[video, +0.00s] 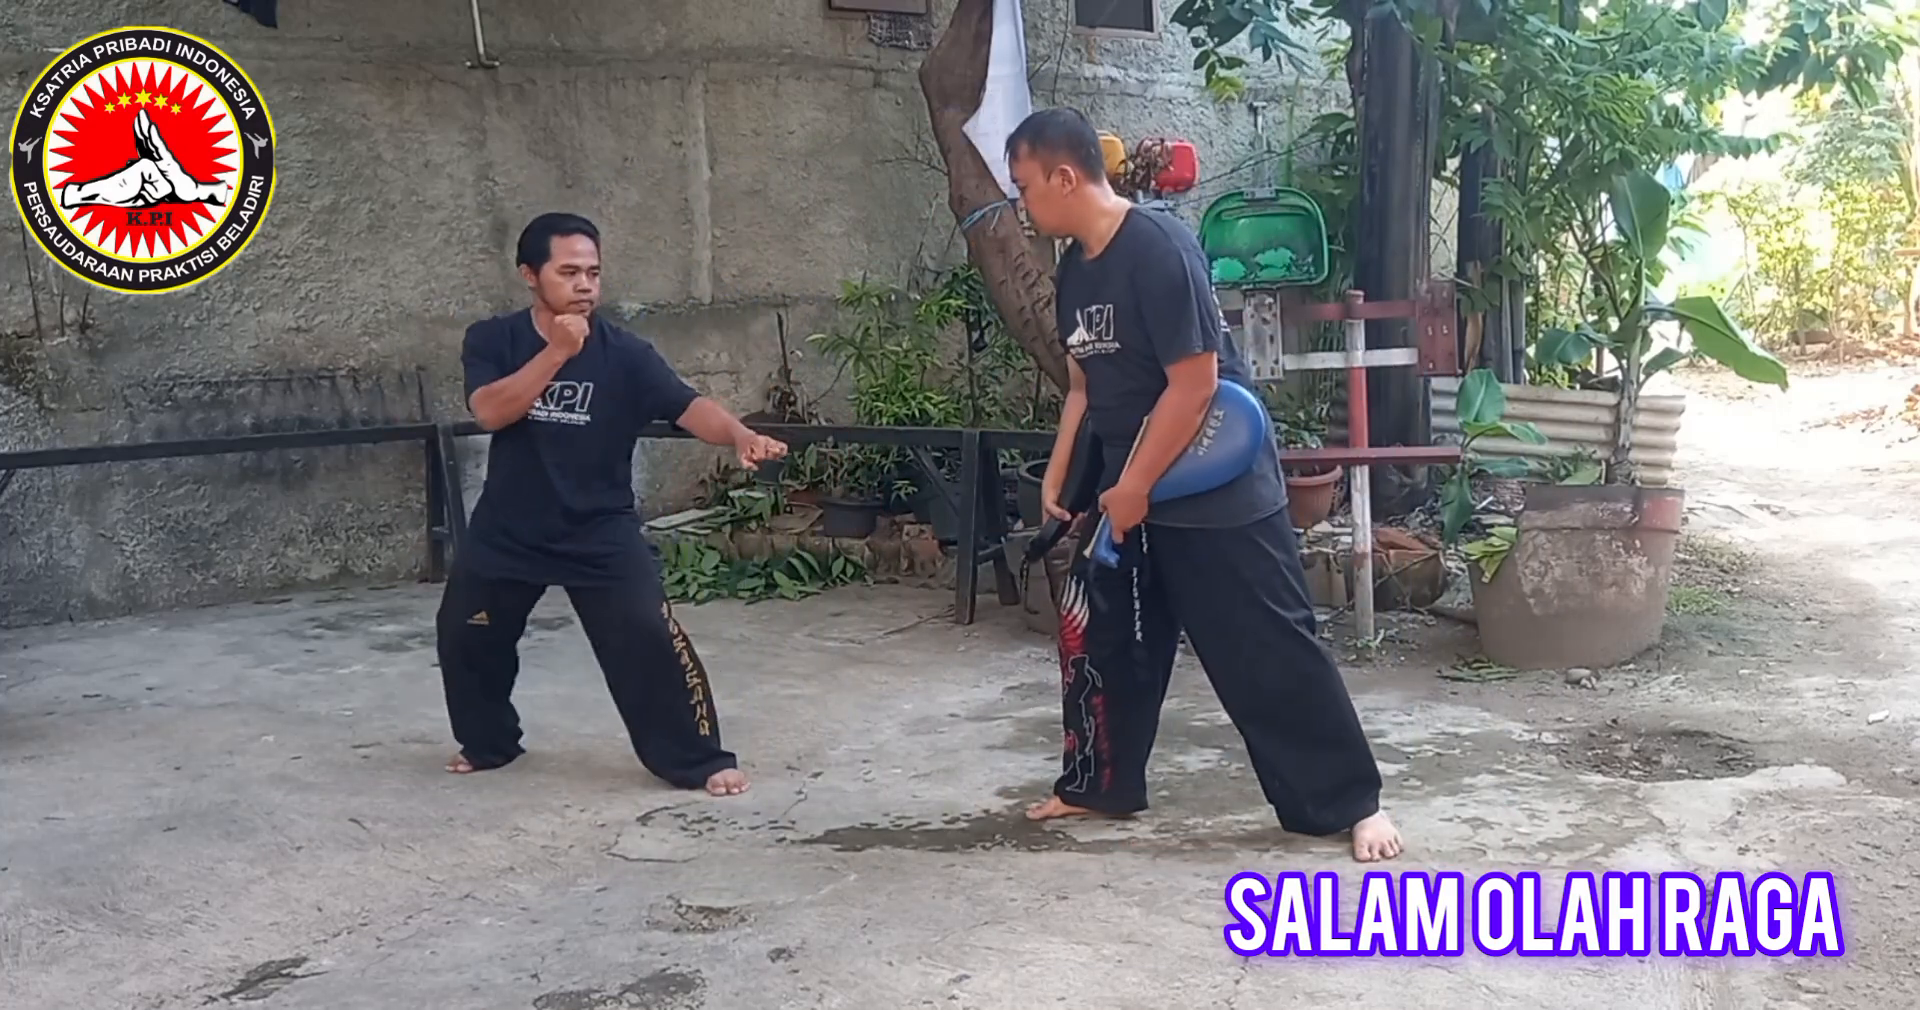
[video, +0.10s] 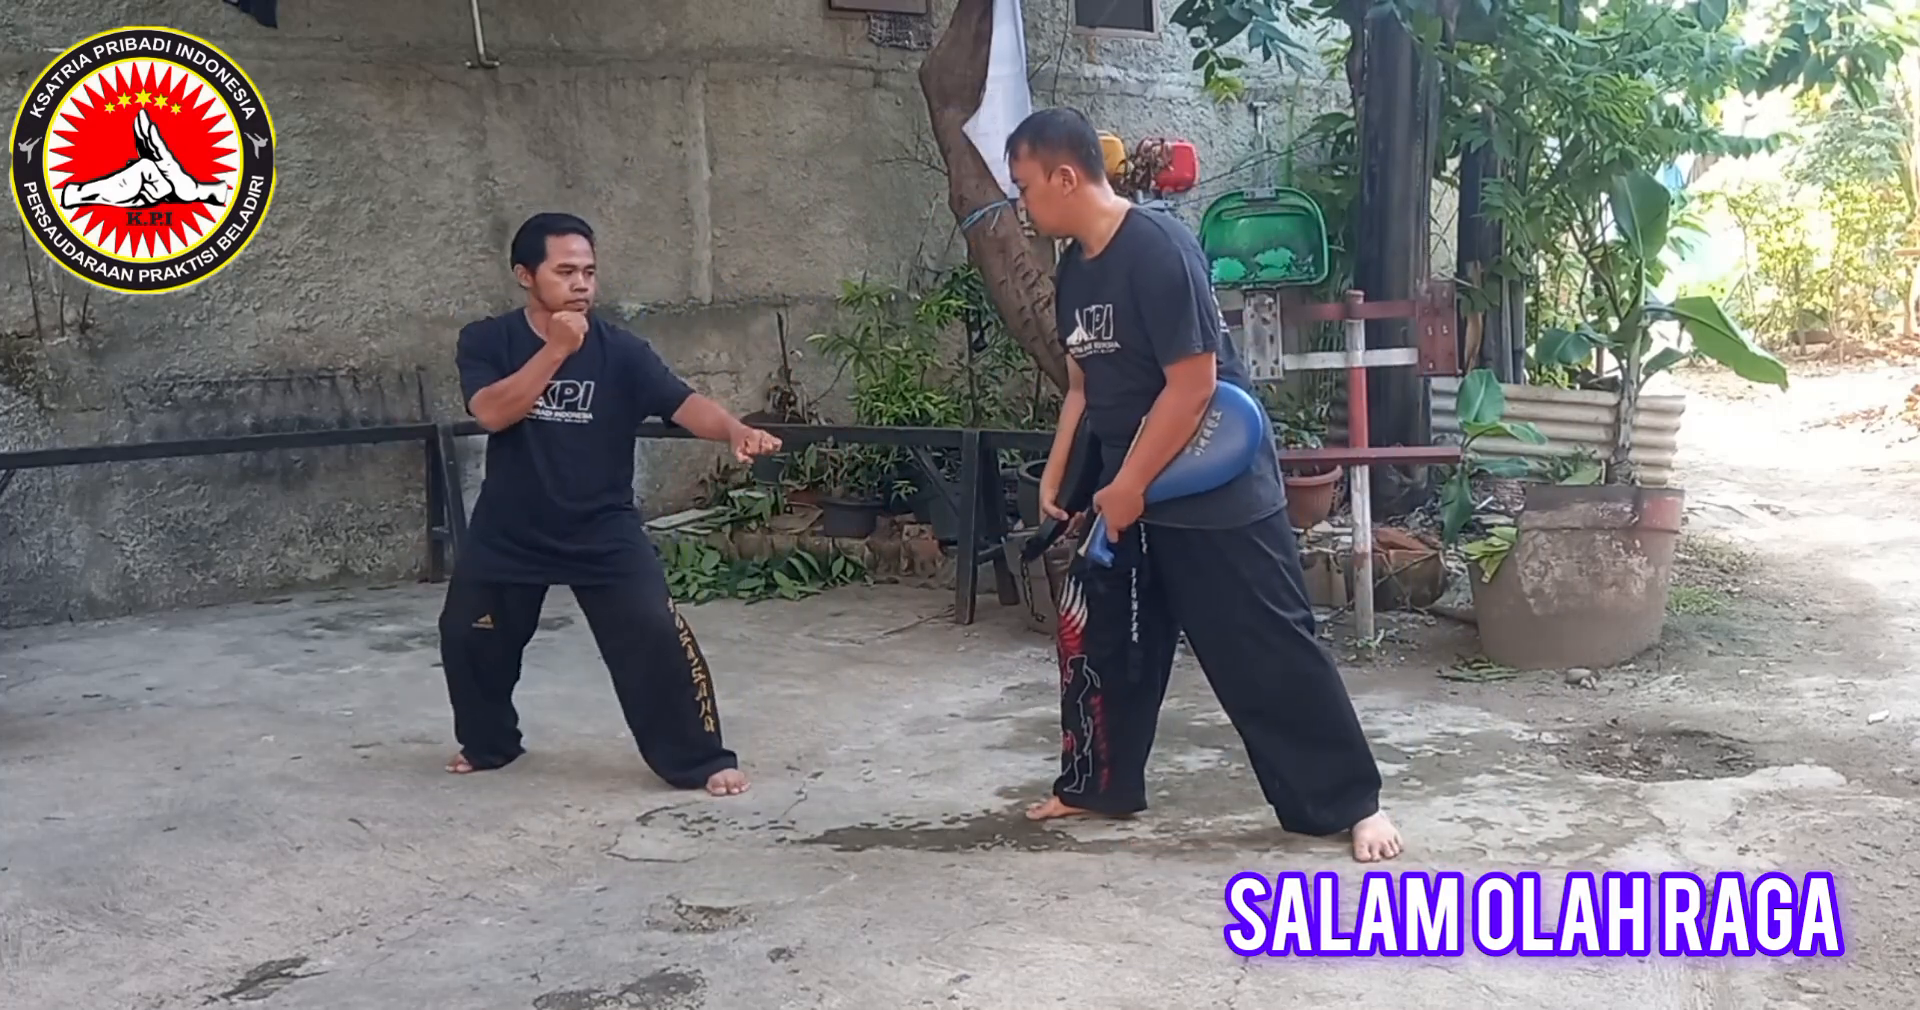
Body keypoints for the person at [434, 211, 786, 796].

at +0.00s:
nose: (585, 284)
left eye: (593, 272)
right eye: (570, 272)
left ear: (601, 276)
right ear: (532, 275)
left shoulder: (625, 353)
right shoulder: (493, 339)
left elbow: (687, 406)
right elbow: (489, 412)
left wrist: (738, 433)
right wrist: (558, 353)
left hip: (602, 531)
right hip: (510, 528)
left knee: (646, 634)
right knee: (465, 632)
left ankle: (700, 761)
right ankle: (488, 742)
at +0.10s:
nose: (581, 283)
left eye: (588, 271)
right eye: (566, 271)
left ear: (595, 275)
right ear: (526, 275)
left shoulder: (619, 350)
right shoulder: (487, 340)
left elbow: (682, 403)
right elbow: (490, 414)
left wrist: (733, 428)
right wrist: (558, 350)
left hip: (604, 528)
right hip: (511, 528)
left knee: (653, 634)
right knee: (468, 633)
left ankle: (702, 761)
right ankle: (488, 743)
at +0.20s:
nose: (583, 280)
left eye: (589, 268)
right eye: (567, 268)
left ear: (595, 272)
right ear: (526, 272)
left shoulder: (619, 347)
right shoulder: (486, 337)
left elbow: (682, 399)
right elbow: (493, 409)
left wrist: (735, 423)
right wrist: (560, 345)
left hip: (607, 523)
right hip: (513, 524)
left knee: (657, 630)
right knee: (469, 631)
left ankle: (702, 760)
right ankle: (489, 743)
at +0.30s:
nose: (588, 286)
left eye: (592, 275)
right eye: (573, 274)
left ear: (598, 278)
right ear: (530, 279)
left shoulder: (621, 351)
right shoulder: (488, 345)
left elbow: (684, 401)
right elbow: (502, 416)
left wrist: (739, 424)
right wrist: (568, 351)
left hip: (616, 526)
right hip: (519, 530)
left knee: (670, 628)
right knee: (472, 636)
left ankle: (703, 761)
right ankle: (489, 744)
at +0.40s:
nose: (594, 287)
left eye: (598, 276)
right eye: (579, 276)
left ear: (602, 278)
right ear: (535, 280)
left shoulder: (622, 350)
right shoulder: (491, 347)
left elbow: (687, 401)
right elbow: (512, 419)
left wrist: (743, 426)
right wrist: (577, 353)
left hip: (621, 526)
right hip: (524, 533)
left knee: (676, 624)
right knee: (477, 640)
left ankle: (706, 760)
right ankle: (489, 744)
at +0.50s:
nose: (598, 281)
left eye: (601, 270)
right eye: (583, 269)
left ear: (604, 274)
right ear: (538, 275)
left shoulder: (626, 349)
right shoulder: (493, 344)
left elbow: (692, 399)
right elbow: (518, 416)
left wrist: (750, 423)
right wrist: (581, 349)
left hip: (623, 523)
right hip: (525, 530)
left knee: (677, 625)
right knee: (481, 638)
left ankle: (707, 761)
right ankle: (489, 744)